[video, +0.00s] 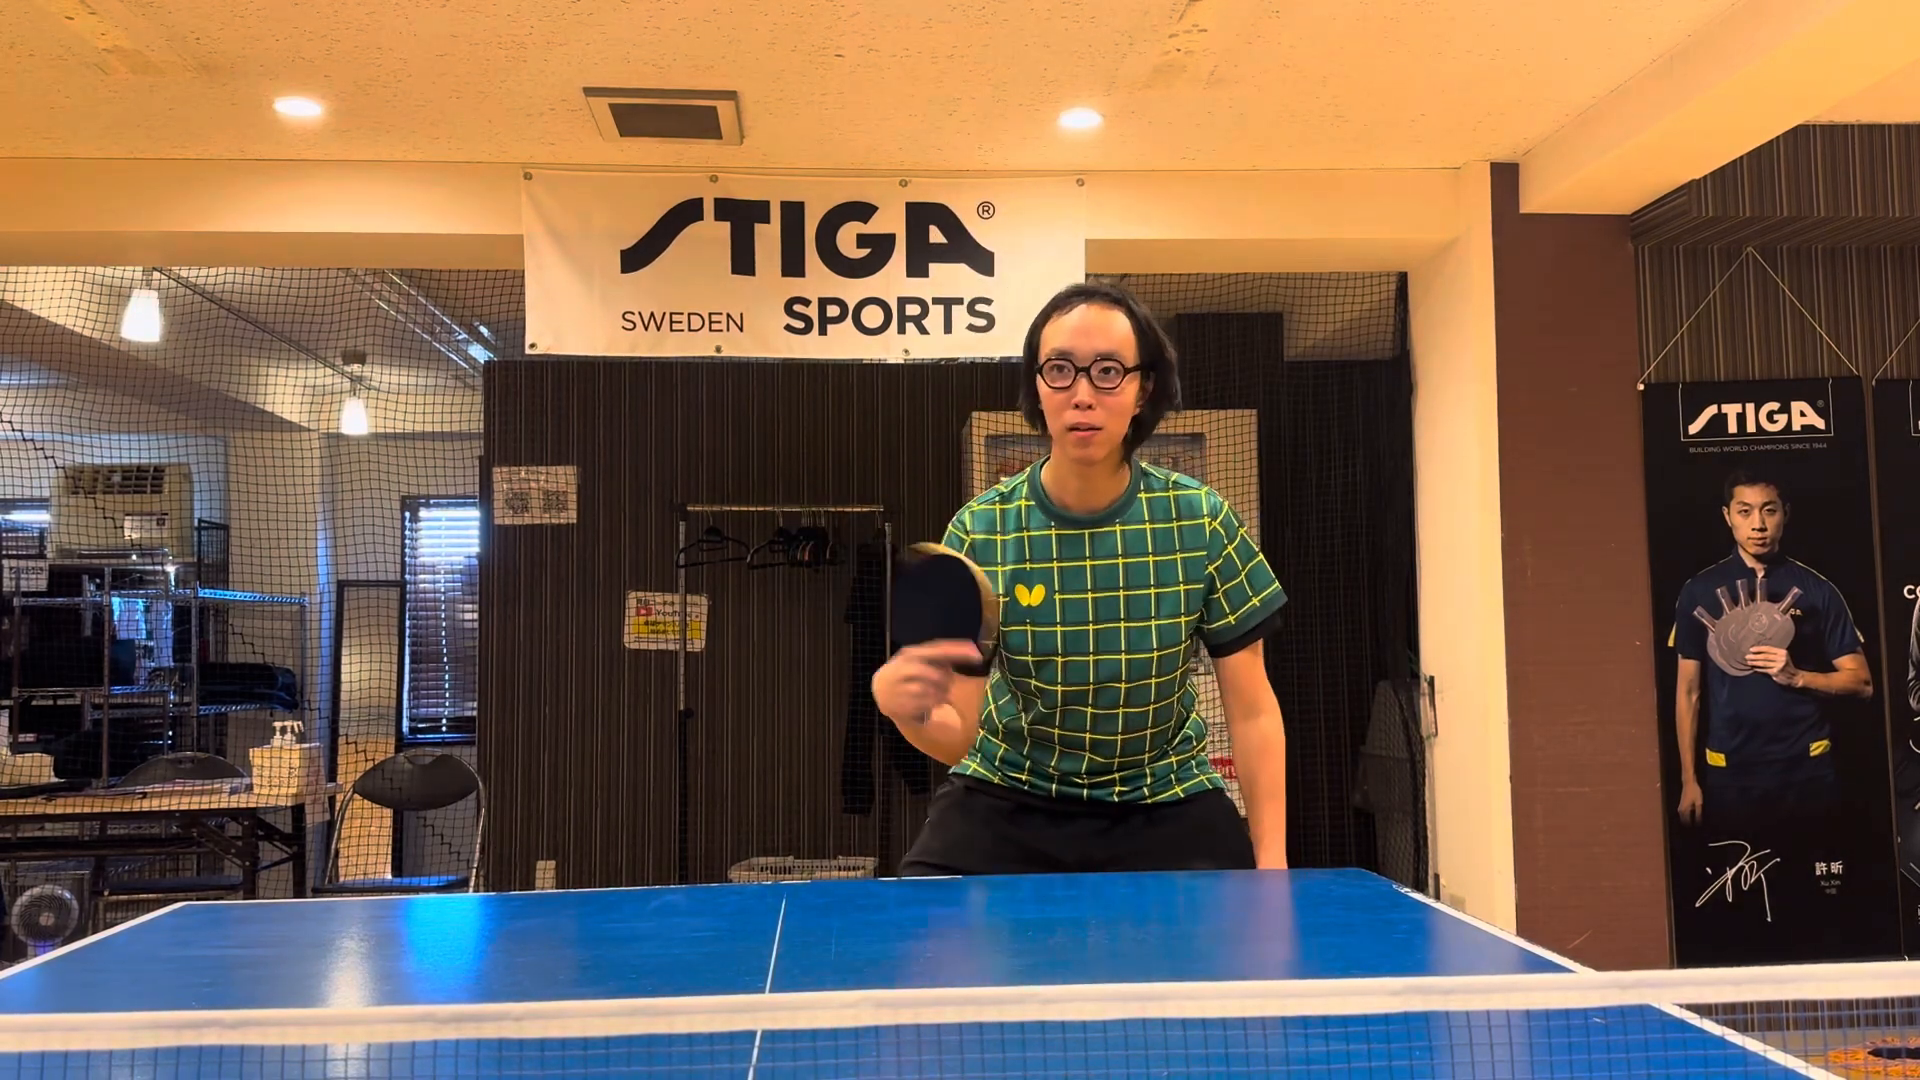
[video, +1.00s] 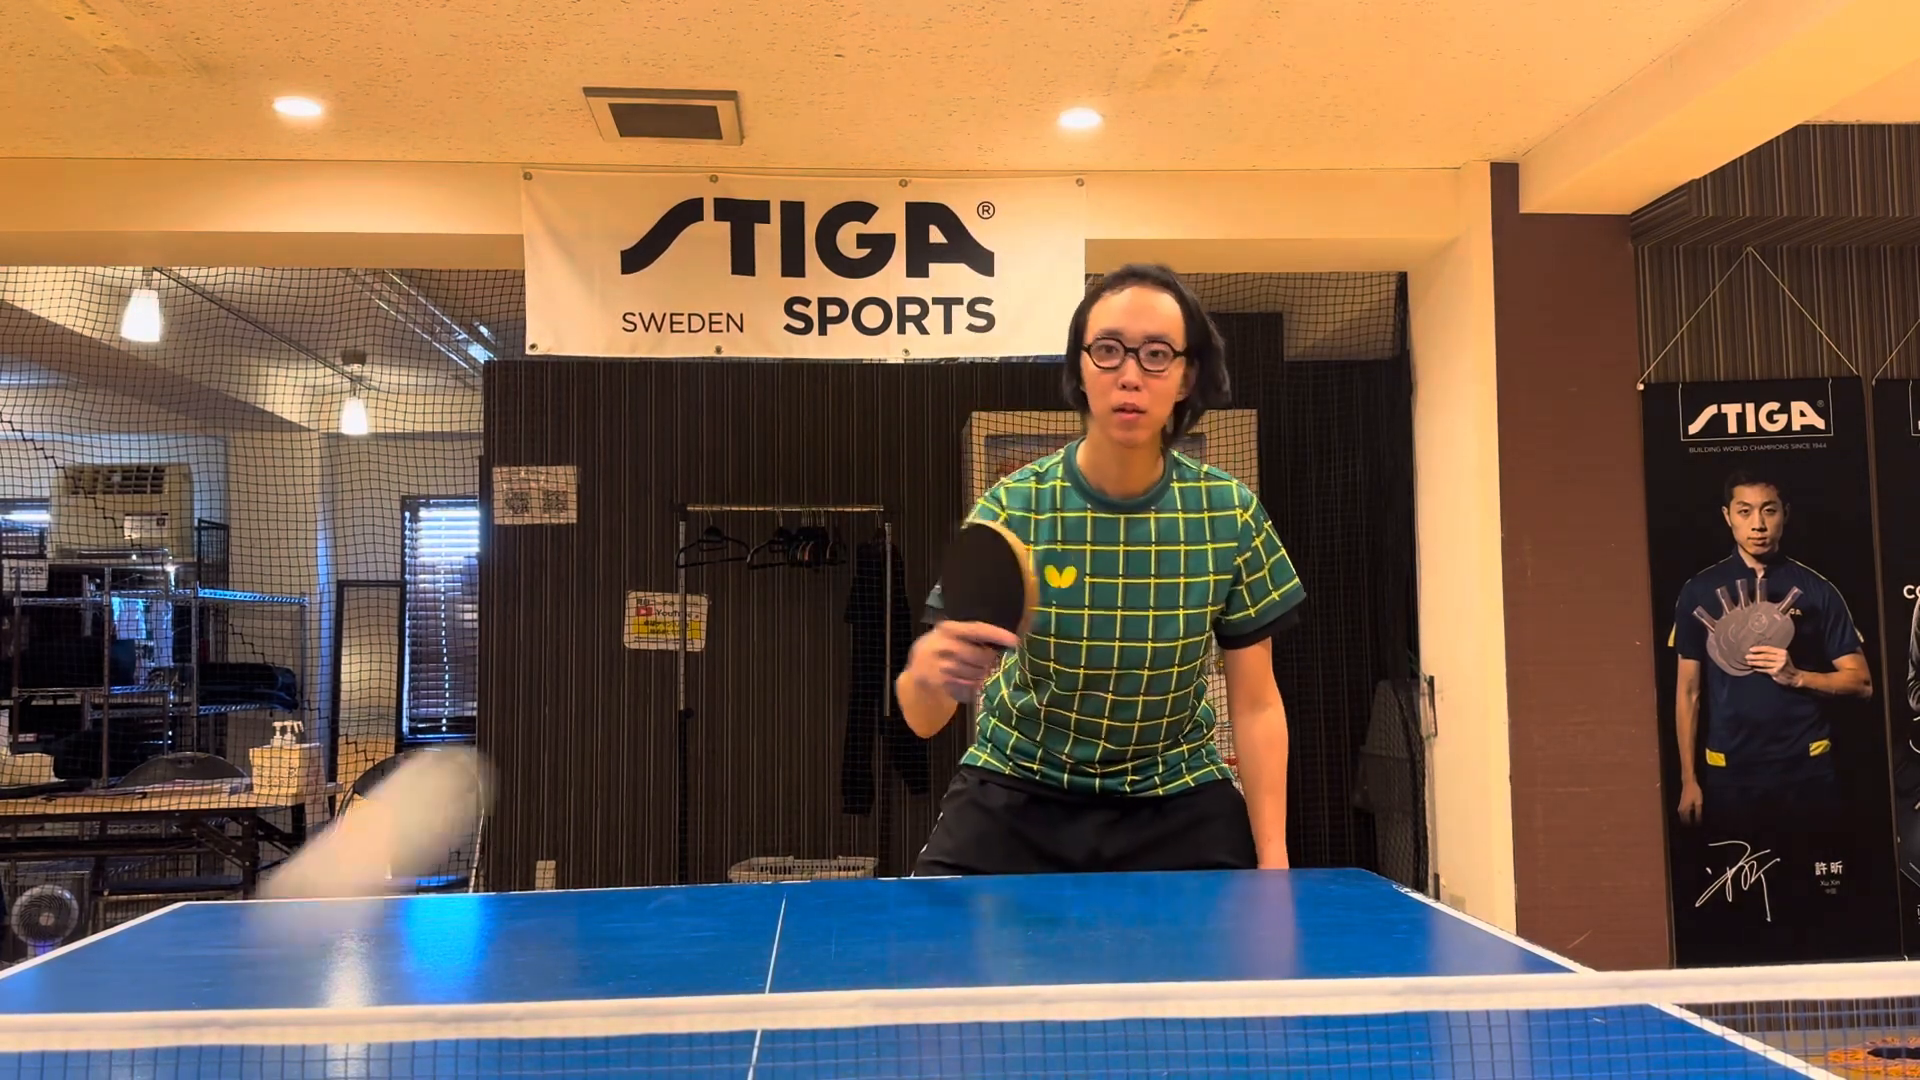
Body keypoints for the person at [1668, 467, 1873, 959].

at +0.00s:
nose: (1758, 523)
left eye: (1768, 510)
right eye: (1745, 511)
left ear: (1784, 516)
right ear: (1728, 517)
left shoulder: (1816, 592)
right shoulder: (1700, 594)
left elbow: (1860, 681)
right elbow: (1688, 692)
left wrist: (1798, 676)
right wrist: (1688, 778)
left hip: (1806, 772)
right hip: (1728, 775)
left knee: (1812, 904)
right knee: (1732, 907)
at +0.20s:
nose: (1758, 522)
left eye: (1768, 510)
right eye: (1745, 511)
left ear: (1784, 516)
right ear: (1728, 517)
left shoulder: (1816, 591)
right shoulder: (1700, 594)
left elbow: (1860, 681)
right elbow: (1688, 692)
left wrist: (1797, 676)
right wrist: (1688, 778)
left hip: (1806, 771)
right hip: (1729, 775)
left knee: (1812, 903)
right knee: (1732, 907)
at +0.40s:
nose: (1758, 522)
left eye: (1768, 510)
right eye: (1745, 511)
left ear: (1784, 517)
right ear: (1728, 517)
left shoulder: (1815, 591)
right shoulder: (1700, 594)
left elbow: (1859, 680)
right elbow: (1688, 692)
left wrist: (1798, 676)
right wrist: (1688, 778)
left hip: (1805, 772)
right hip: (1728, 775)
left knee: (1812, 905)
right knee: (1731, 908)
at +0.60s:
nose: (1758, 523)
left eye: (1768, 510)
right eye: (1745, 511)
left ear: (1784, 517)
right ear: (1728, 517)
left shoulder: (1815, 591)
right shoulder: (1700, 594)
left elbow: (1860, 680)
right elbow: (1688, 691)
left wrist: (1798, 676)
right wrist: (1688, 778)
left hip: (1806, 771)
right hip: (1728, 775)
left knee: (1813, 904)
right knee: (1732, 907)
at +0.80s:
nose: (1758, 524)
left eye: (1769, 510)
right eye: (1745, 511)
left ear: (1784, 516)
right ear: (1728, 518)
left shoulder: (1817, 591)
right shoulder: (1699, 593)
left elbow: (1860, 682)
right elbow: (1688, 692)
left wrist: (1797, 676)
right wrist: (1689, 779)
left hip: (1805, 772)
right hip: (1731, 776)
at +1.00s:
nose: (1758, 522)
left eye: (1768, 510)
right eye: (1745, 511)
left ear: (1784, 517)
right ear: (1728, 517)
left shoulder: (1815, 591)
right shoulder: (1700, 594)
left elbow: (1860, 680)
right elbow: (1688, 691)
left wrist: (1798, 676)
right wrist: (1688, 778)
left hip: (1806, 770)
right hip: (1728, 774)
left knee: (1814, 904)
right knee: (1731, 907)